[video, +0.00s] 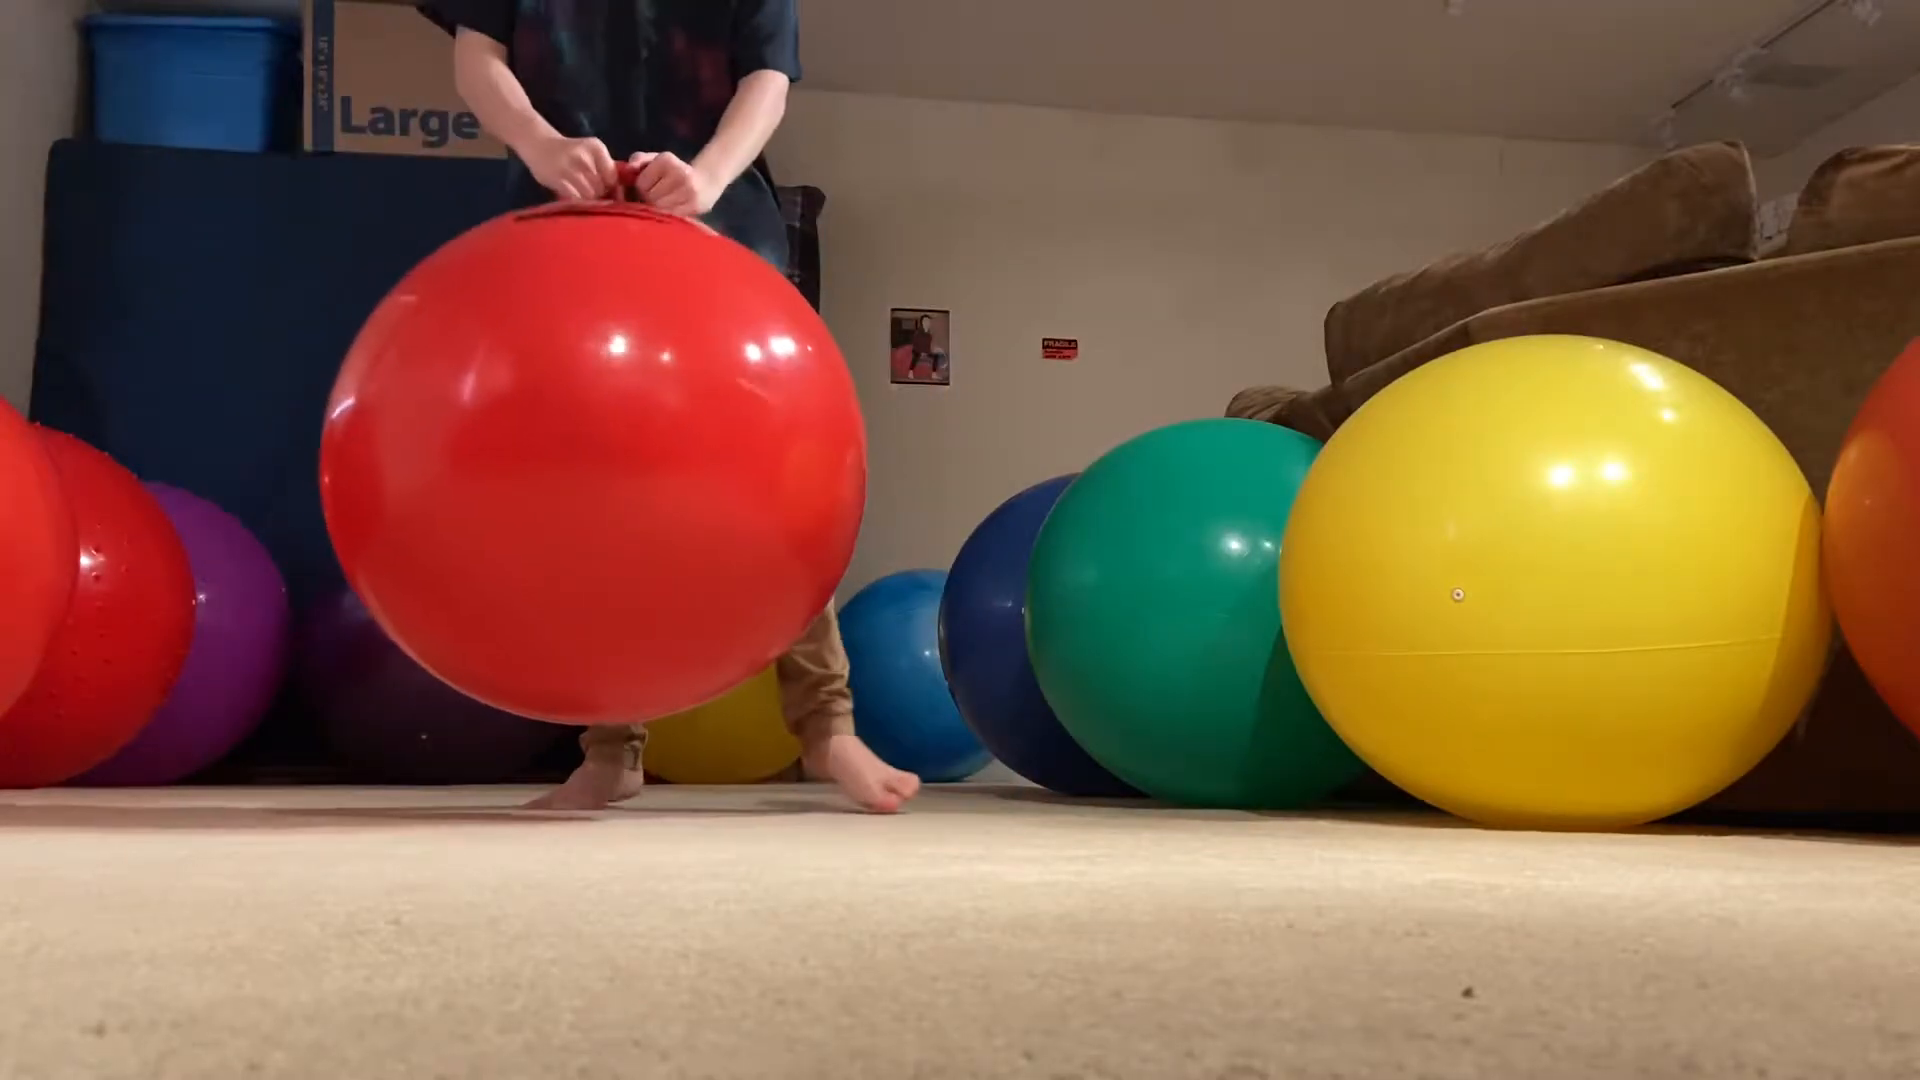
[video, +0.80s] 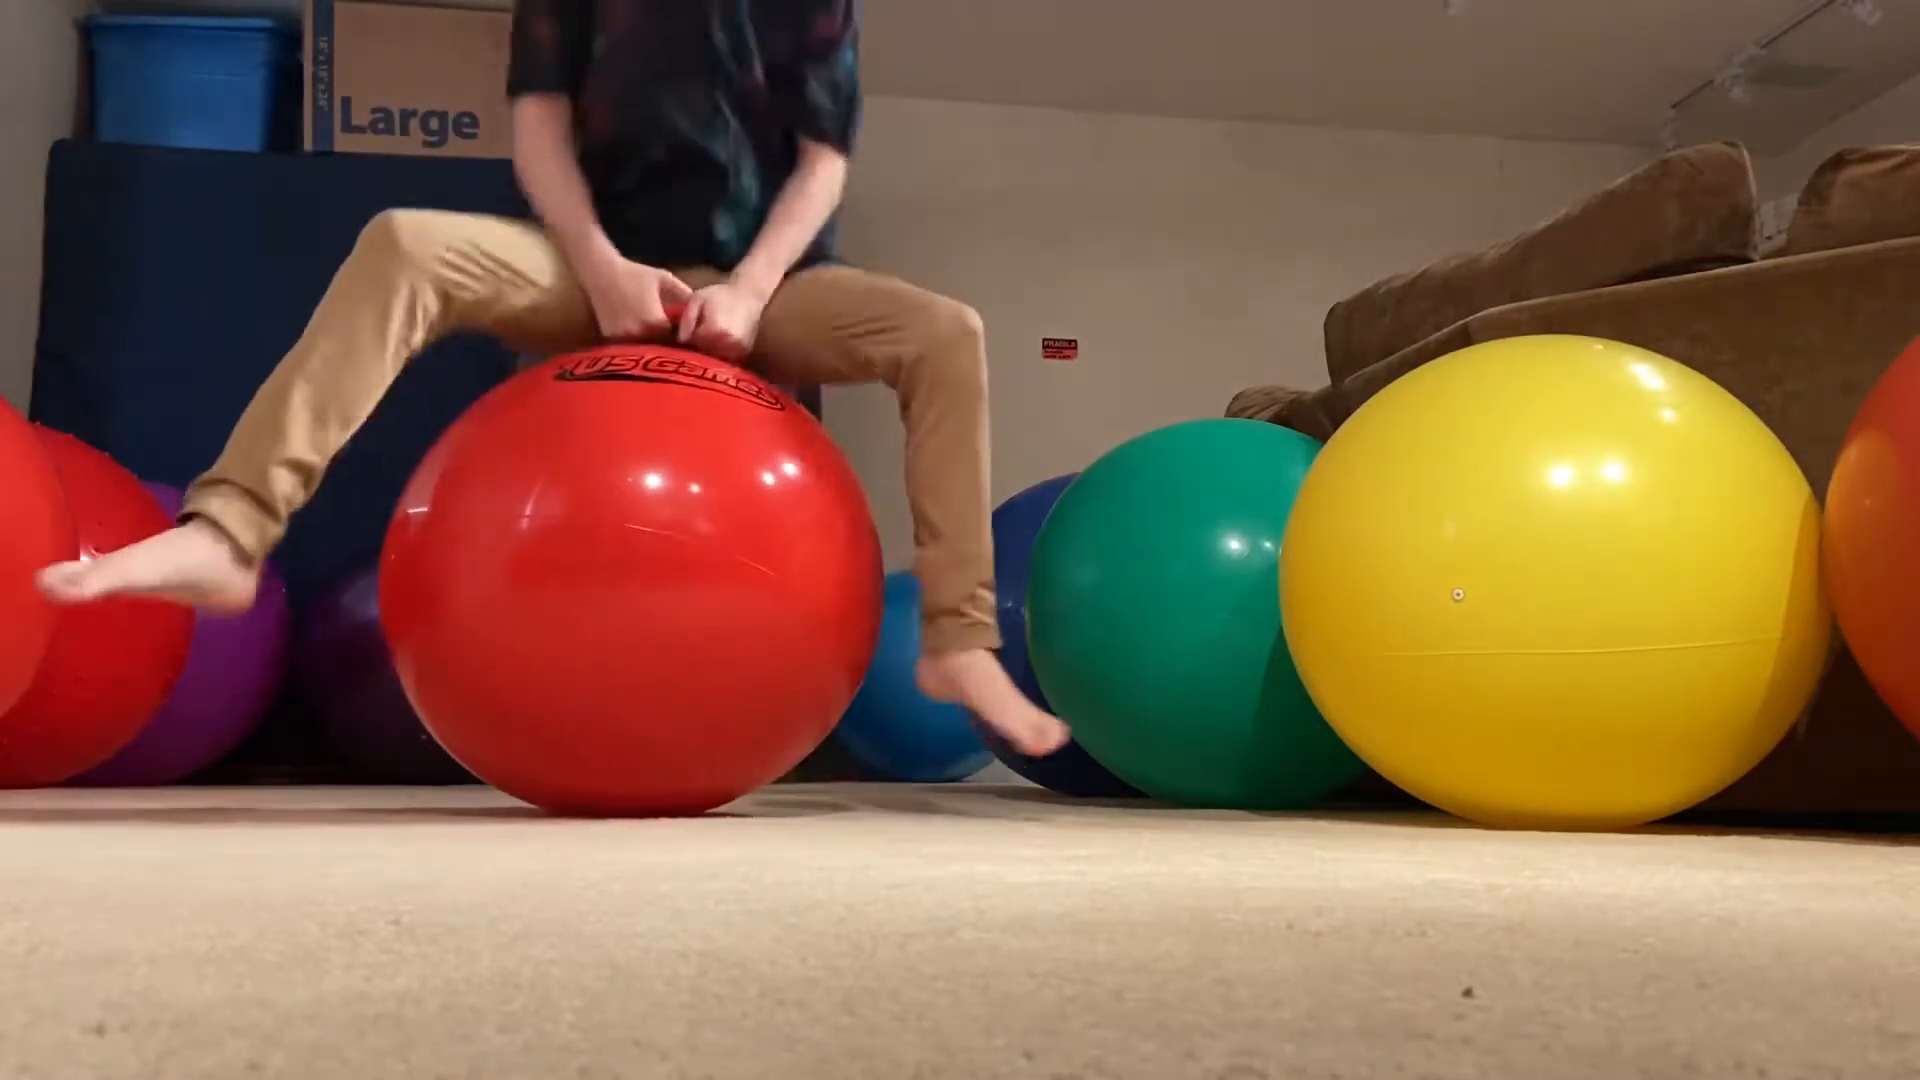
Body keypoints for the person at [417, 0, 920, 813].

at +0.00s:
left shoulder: (755, 1)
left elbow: (772, 73)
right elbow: (476, 55)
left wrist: (704, 174)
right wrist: (544, 146)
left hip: (727, 229)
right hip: (575, 229)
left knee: (781, 463)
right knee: (586, 473)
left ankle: (827, 724)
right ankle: (609, 748)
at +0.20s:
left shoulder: (785, 6)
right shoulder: (528, 3)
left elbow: (795, 123)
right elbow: (502, 94)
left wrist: (722, 216)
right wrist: (564, 195)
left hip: (750, 257)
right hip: (596, 256)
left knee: (794, 483)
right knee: (597, 491)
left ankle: (844, 742)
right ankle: (612, 762)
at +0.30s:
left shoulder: (807, 10)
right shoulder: (564, 7)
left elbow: (802, 176)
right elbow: (541, 152)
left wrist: (727, 302)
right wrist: (581, 289)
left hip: (771, 280)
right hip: (620, 276)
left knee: (803, 522)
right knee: (622, 514)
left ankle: (841, 759)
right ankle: (630, 755)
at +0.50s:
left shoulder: (852, 11)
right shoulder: (614, 4)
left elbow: (801, 194)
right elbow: (599, 165)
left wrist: (742, 338)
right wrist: (610, 323)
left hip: (796, 262)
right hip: (649, 251)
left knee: (833, 517)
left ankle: (852, 767)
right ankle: (521, 740)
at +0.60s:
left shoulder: (827, 13)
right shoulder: (605, 5)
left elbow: (797, 138)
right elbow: (603, 121)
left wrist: (753, 290)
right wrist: (618, 273)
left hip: (795, 242)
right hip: (634, 225)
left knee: (880, 448)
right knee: (459, 320)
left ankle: (882, 720)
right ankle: (391, 620)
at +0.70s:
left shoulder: (809, 6)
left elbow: (796, 126)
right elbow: (582, 100)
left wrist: (754, 280)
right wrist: (616, 255)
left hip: (769, 239)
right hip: (610, 219)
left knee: (937, 363)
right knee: (422, 242)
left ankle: (926, 657)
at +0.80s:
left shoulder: (815, 6)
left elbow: (825, 155)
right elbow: (536, 124)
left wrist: (751, 286)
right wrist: (601, 264)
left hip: (754, 281)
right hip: (589, 265)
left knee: (946, 333)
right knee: (404, 245)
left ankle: (961, 647)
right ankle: (226, 536)